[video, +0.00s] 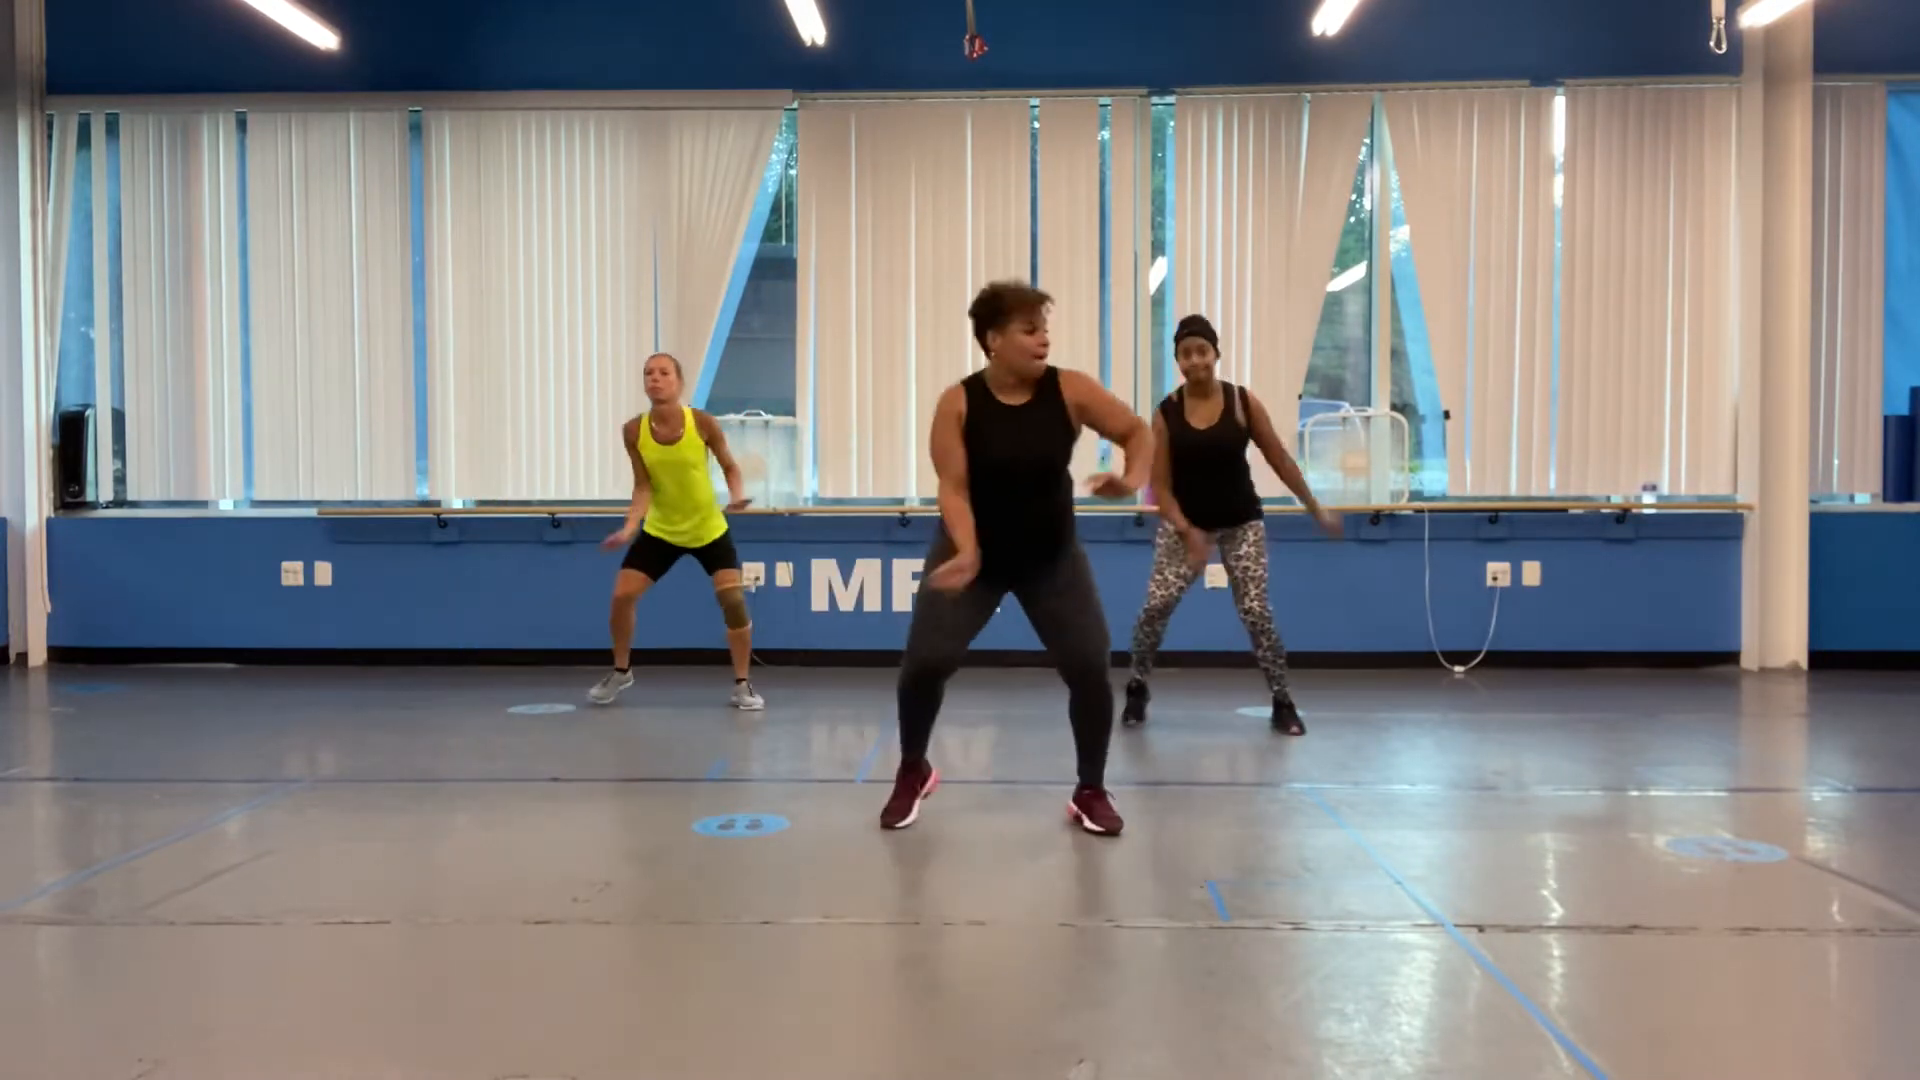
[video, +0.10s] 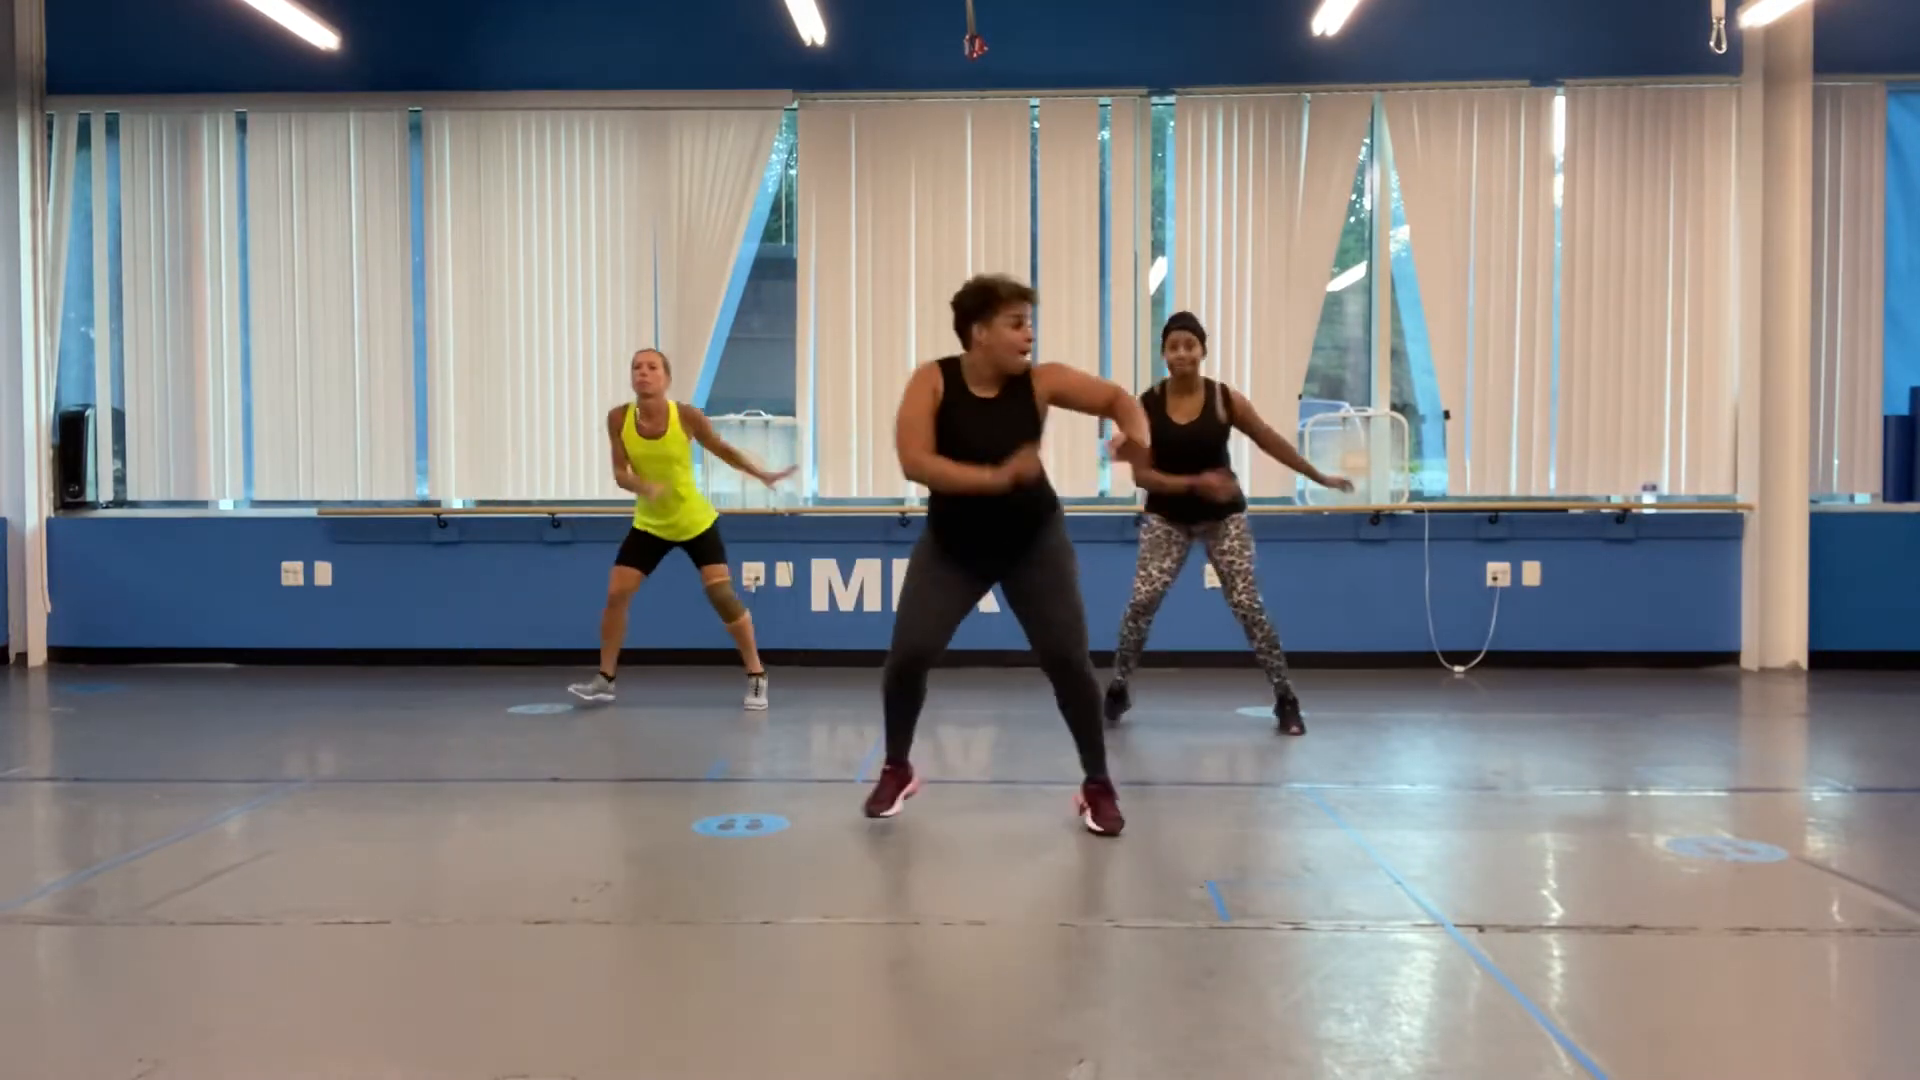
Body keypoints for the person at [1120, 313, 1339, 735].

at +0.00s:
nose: (1194, 360)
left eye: (1201, 352)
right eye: (1186, 354)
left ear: (1216, 355)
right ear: (1178, 361)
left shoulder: (1243, 403)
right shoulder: (1166, 415)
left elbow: (1279, 460)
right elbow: (1160, 486)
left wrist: (1315, 508)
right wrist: (1185, 531)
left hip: (1240, 524)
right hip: (1184, 524)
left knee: (1254, 610)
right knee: (1156, 606)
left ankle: (1283, 702)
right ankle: (1136, 689)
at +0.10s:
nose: (1181, 353)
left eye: (1189, 346)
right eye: (1173, 346)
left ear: (1203, 351)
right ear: (1163, 354)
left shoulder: (1225, 400)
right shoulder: (1145, 407)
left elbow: (1268, 440)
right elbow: (1141, 476)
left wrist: (1319, 477)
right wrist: (1196, 483)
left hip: (1222, 517)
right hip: (1165, 520)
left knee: (1245, 603)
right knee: (1143, 600)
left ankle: (1285, 698)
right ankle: (1118, 688)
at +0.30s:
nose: (1160, 369)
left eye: (1169, 363)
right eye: (1153, 363)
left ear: (1182, 371)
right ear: (1143, 371)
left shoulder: (1200, 421)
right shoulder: (1121, 421)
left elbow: (1241, 465)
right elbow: (1088, 476)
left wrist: (1287, 503)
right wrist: (1134, 478)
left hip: (1195, 531)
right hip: (1139, 533)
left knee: (1209, 613)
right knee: (1125, 612)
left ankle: (1254, 672)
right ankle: (1113, 700)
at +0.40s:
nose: (1162, 365)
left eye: (1171, 358)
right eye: (1154, 359)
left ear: (1183, 367)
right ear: (1145, 368)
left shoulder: (1204, 419)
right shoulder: (1124, 419)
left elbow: (1232, 473)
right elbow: (1074, 456)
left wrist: (1250, 525)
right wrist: (1087, 502)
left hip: (1195, 532)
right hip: (1139, 531)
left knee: (1208, 616)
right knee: (1128, 612)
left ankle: (1233, 694)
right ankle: (1112, 698)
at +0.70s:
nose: (1194, 358)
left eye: (1201, 350)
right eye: (1185, 354)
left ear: (1215, 359)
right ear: (1177, 367)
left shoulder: (1244, 408)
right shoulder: (1164, 418)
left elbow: (1264, 471)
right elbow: (1134, 475)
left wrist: (1223, 499)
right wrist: (1085, 478)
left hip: (1228, 527)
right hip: (1170, 526)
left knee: (1246, 611)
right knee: (1162, 607)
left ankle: (1264, 701)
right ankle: (1112, 663)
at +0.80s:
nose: (1197, 359)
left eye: (1203, 352)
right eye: (1188, 356)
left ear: (1217, 360)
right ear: (1179, 369)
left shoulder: (1245, 410)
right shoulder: (1165, 423)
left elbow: (1268, 473)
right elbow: (1153, 488)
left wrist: (1262, 524)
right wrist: (1119, 520)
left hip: (1231, 530)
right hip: (1173, 531)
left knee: (1245, 615)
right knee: (1162, 612)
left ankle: (1264, 702)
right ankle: (1134, 692)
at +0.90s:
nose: (1189, 353)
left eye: (1196, 346)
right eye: (1181, 349)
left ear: (1210, 355)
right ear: (1172, 362)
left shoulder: (1235, 404)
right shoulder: (1159, 417)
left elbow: (1265, 462)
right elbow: (1151, 487)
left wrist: (1300, 510)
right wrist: (1163, 528)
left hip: (1227, 527)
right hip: (1173, 527)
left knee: (1239, 613)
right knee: (1147, 609)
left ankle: (1264, 703)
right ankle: (1130, 692)